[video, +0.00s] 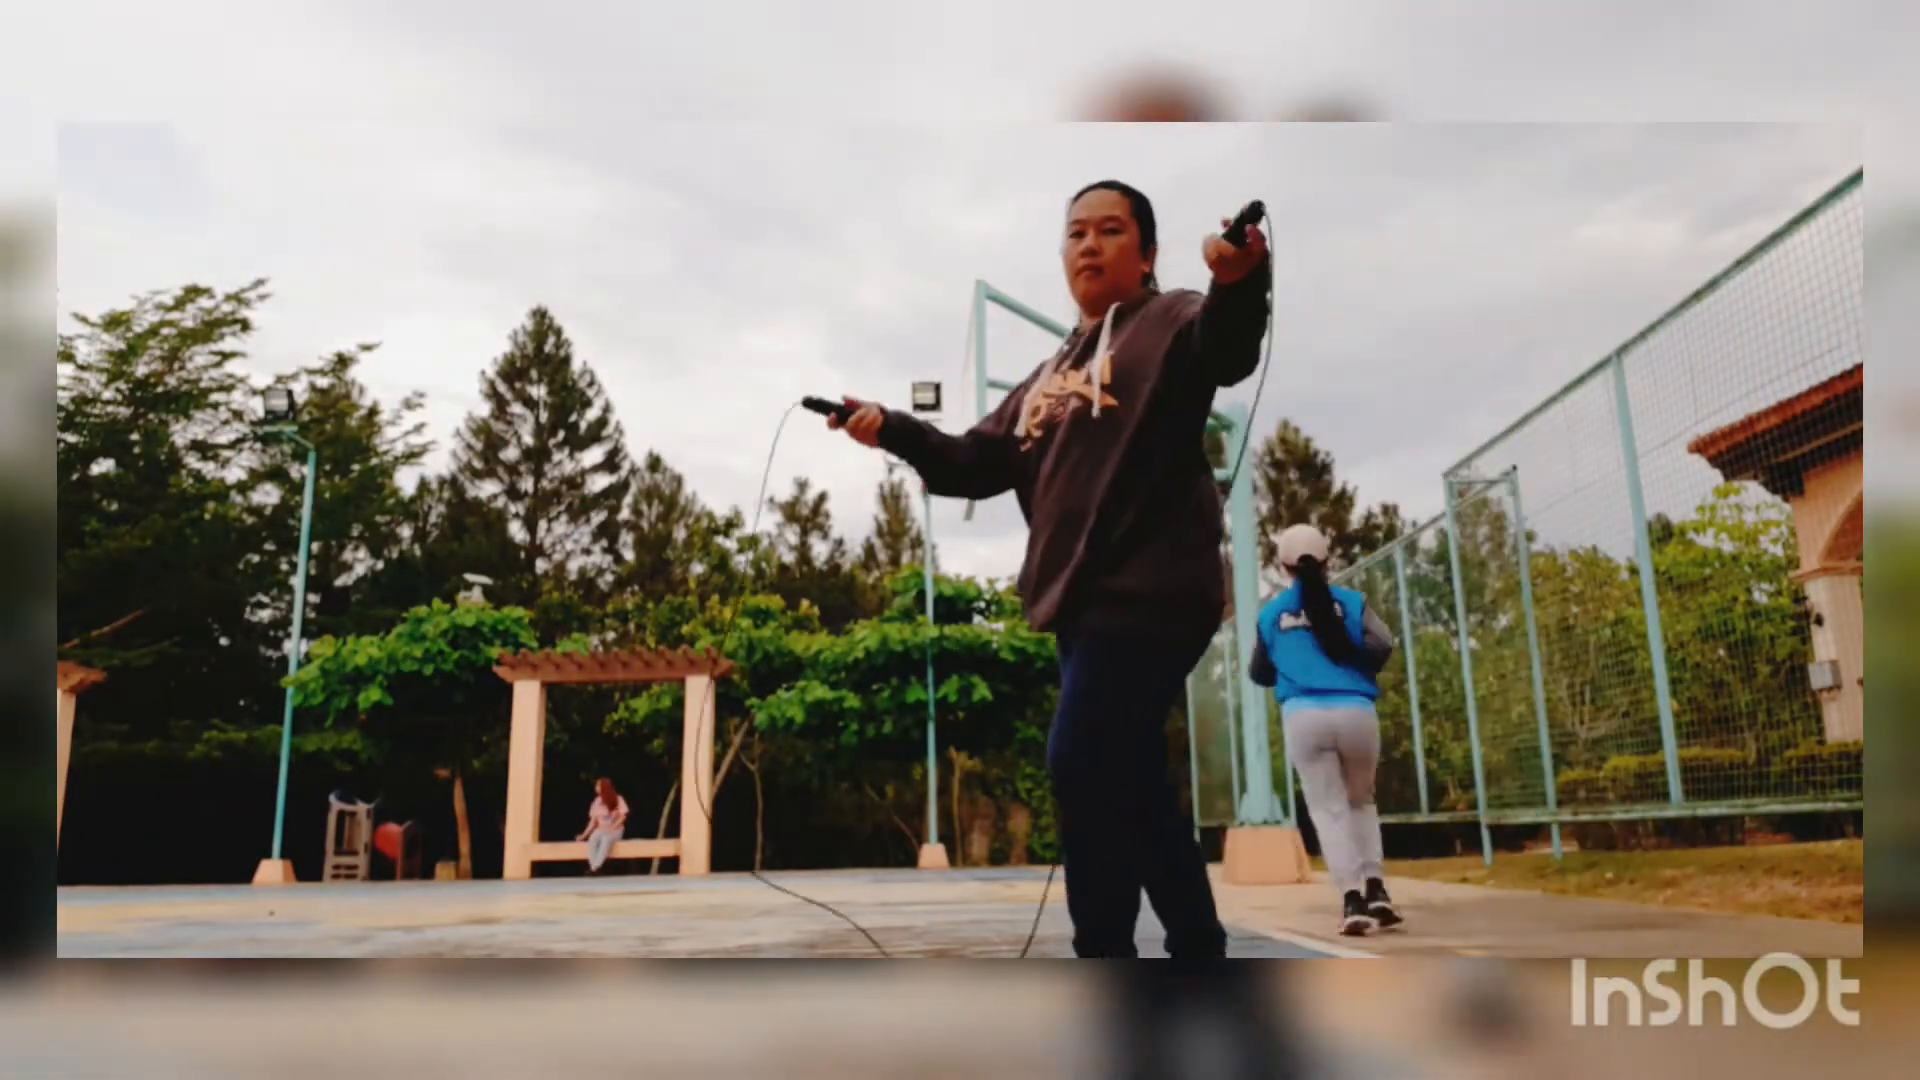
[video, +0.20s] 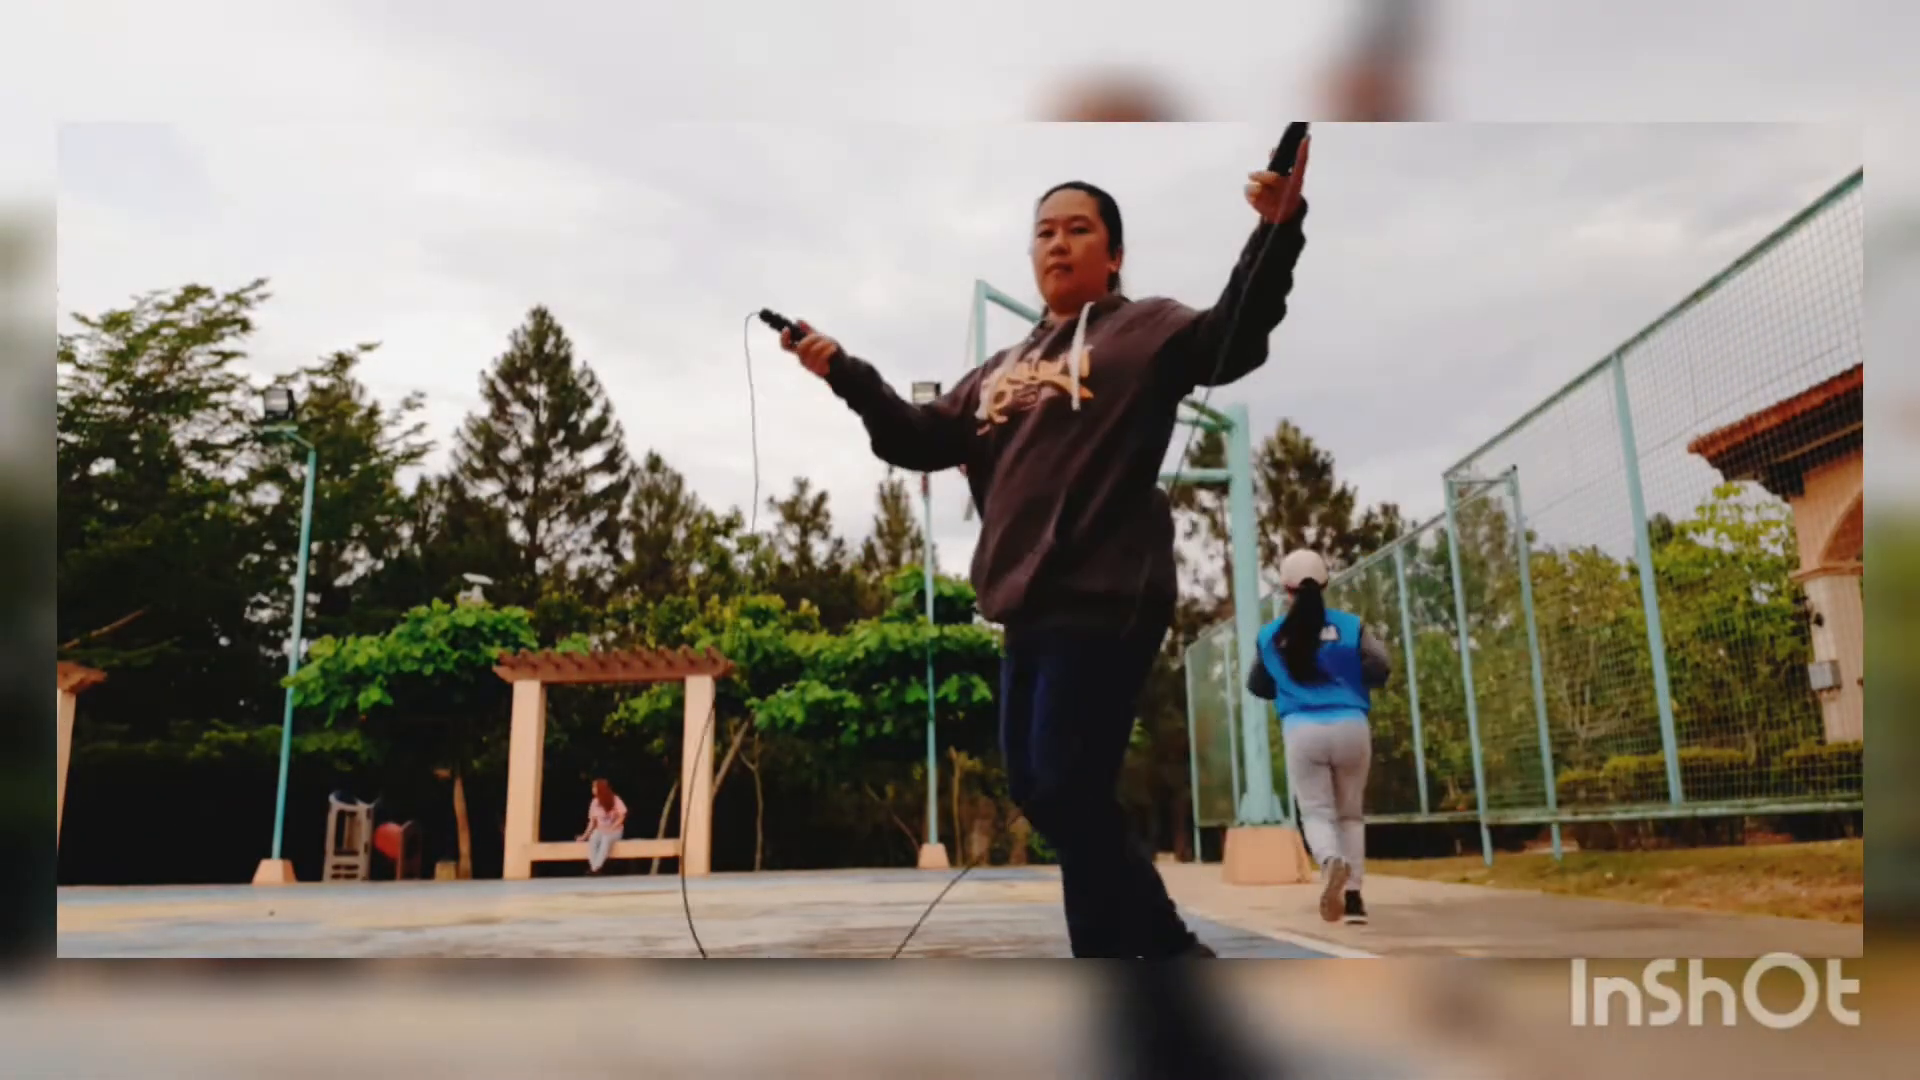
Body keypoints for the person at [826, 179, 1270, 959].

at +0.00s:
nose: (1091, 244)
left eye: (1110, 230)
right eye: (1078, 233)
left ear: (1146, 252)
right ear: (1062, 255)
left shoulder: (1173, 316)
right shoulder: (1050, 376)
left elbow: (1227, 349)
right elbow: (973, 465)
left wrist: (1238, 285)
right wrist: (892, 429)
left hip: (1159, 587)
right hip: (1083, 599)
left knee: (1080, 757)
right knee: (1137, 784)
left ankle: (1104, 957)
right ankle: (1201, 963)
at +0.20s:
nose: (1057, 245)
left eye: (1076, 230)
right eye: (1044, 233)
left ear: (1115, 254)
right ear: (1030, 258)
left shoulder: (1146, 328)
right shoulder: (1005, 371)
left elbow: (1233, 340)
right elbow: (919, 439)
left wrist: (1278, 230)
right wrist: (842, 371)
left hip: (1111, 592)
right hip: (1030, 602)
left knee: (1068, 786)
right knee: (1037, 787)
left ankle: (1139, 976)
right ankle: (1167, 952)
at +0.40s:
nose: (1032, 248)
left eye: (1053, 235)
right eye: (1020, 236)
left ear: (1088, 259)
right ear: (1006, 261)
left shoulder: (1123, 340)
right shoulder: (971, 370)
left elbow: (1215, 366)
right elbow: (884, 437)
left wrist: (1275, 254)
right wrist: (807, 362)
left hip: (1090, 596)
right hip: (992, 604)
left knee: (1070, 775)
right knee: (958, 770)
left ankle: (1104, 974)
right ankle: (1072, 925)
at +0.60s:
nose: (1000, 265)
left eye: (1020, 252)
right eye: (987, 253)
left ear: (1050, 274)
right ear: (971, 273)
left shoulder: (1087, 361)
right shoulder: (929, 382)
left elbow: (1180, 418)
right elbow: (854, 460)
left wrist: (1249, 343)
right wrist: (769, 408)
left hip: (1062, 615)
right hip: (957, 618)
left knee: (1067, 794)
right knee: (935, 792)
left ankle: (1099, 957)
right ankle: (931, 943)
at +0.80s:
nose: (962, 309)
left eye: (979, 296)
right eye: (947, 294)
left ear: (1003, 312)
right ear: (926, 308)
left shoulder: (1036, 404)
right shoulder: (883, 408)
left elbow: (1095, 499)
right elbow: (827, 506)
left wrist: (1180, 492)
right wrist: (731, 514)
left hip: (1015, 640)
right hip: (915, 645)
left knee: (1030, 791)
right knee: (917, 812)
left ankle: (1069, 954)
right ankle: (921, 955)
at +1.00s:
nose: (978, 310)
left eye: (987, 300)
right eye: (961, 295)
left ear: (994, 317)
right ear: (917, 312)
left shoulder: (1018, 404)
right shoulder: (869, 408)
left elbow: (1079, 499)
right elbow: (819, 508)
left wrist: (1176, 475)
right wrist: (727, 486)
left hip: (999, 640)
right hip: (903, 647)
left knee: (1004, 795)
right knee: (914, 813)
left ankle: (1031, 955)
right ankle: (922, 957)